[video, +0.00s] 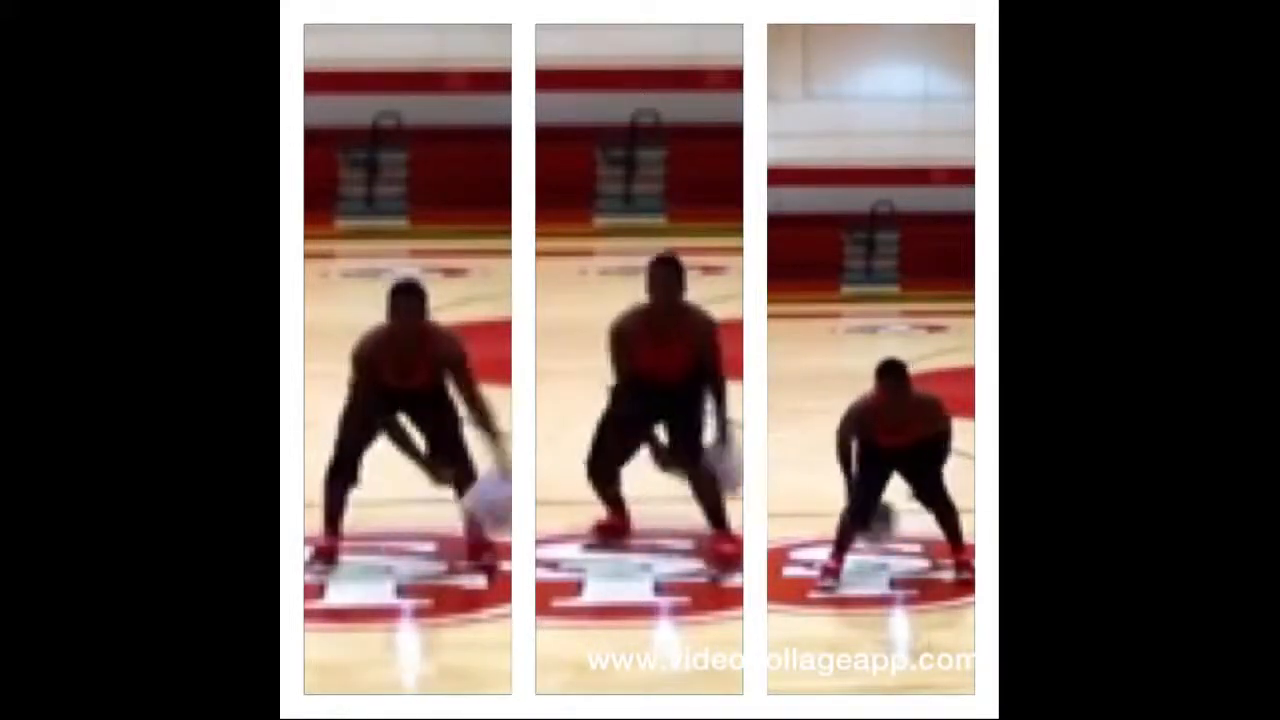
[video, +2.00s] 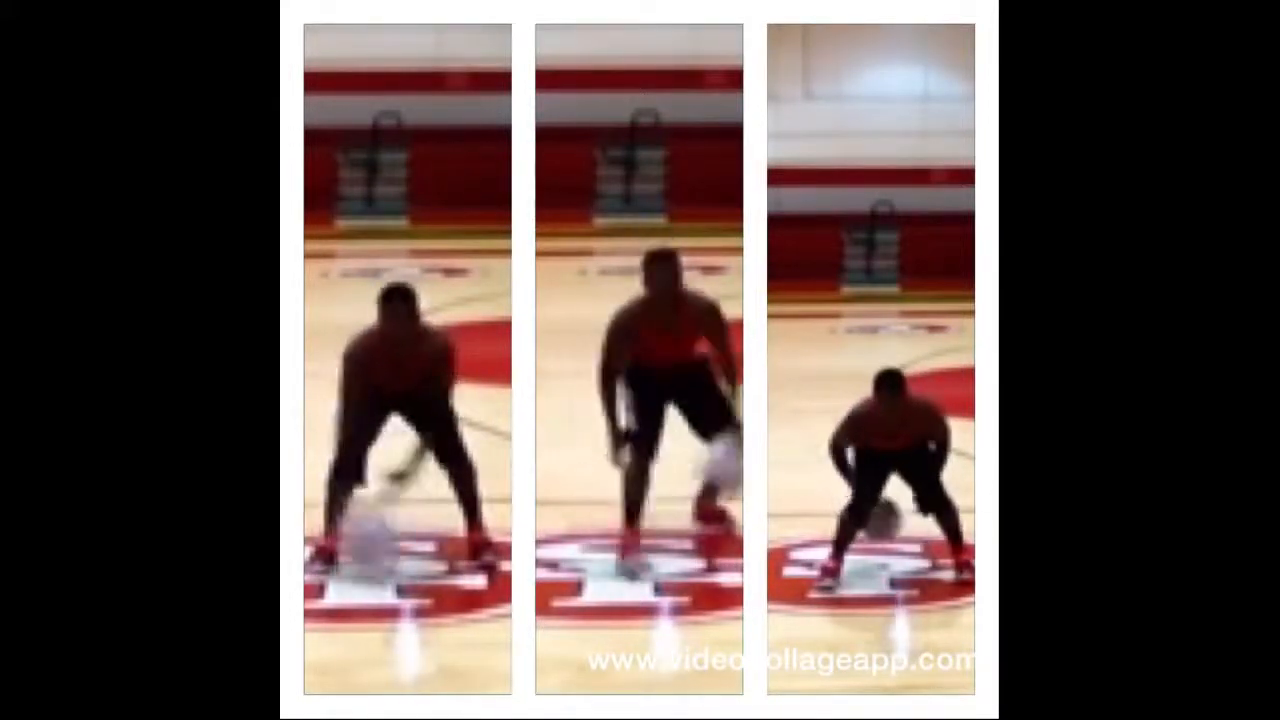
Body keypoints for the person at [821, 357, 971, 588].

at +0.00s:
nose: (894, 398)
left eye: (899, 390)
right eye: (888, 391)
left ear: (908, 386)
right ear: (878, 388)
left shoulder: (930, 407)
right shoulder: (864, 410)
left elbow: (943, 439)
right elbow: (843, 438)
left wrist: (932, 473)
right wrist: (849, 478)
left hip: (916, 453)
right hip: (875, 454)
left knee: (939, 502)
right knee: (859, 507)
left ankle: (960, 558)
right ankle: (835, 562)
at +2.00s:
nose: (891, 408)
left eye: (896, 401)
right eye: (885, 401)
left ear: (905, 395)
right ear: (876, 396)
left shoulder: (924, 412)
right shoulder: (862, 415)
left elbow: (943, 442)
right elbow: (836, 446)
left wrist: (929, 484)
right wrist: (854, 483)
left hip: (912, 453)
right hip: (872, 454)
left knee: (939, 501)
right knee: (860, 506)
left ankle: (960, 556)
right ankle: (834, 561)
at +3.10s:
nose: (890, 407)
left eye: (896, 400)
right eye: (885, 400)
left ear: (905, 393)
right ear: (877, 394)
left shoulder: (928, 411)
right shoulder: (864, 412)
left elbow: (950, 439)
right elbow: (843, 441)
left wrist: (937, 479)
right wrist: (858, 477)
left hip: (919, 454)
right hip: (878, 454)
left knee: (939, 502)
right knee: (862, 505)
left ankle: (961, 556)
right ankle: (835, 559)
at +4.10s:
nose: (895, 402)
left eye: (901, 395)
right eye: (889, 395)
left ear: (910, 390)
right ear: (880, 390)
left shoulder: (928, 411)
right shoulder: (864, 411)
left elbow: (943, 442)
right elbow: (842, 445)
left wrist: (930, 476)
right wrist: (852, 483)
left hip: (914, 455)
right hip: (873, 456)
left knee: (935, 504)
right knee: (856, 507)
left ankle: (961, 556)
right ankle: (834, 559)